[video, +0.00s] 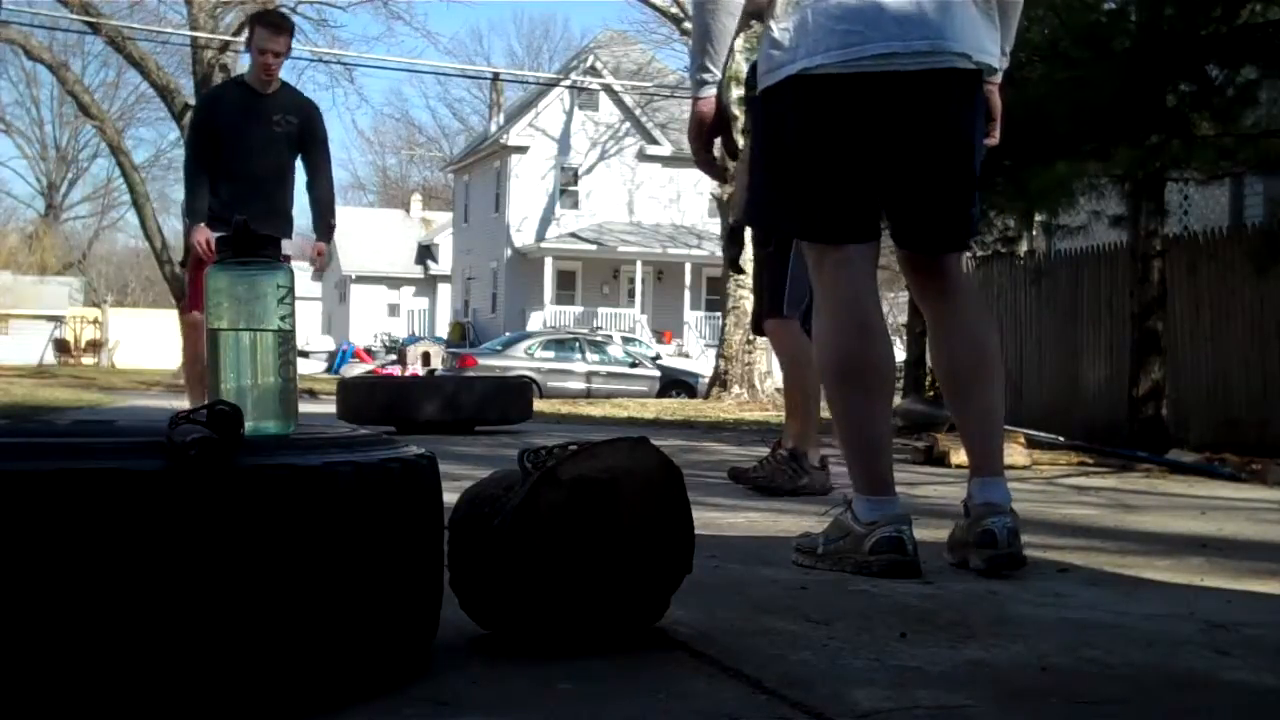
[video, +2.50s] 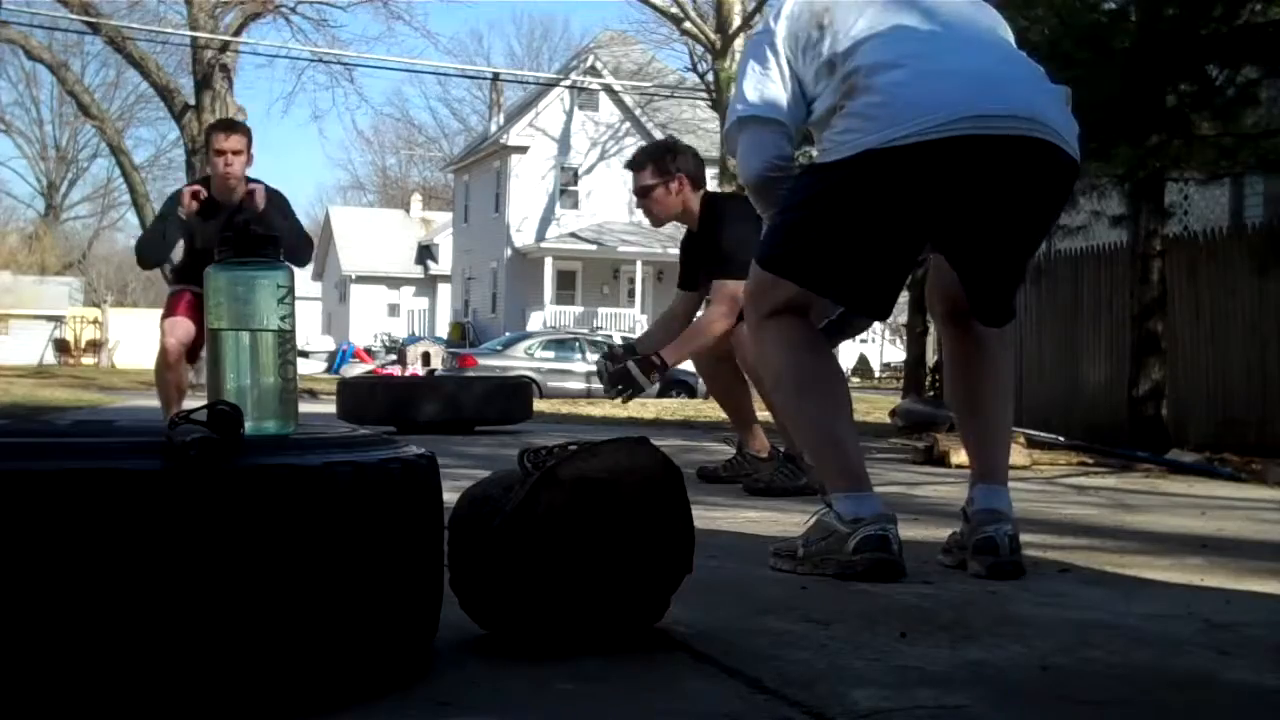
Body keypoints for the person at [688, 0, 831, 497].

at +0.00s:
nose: (744, 9)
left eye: (746, 6)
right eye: (744, 8)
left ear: (762, 3)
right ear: (767, 6)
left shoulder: (781, 45)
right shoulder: (760, 43)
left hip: (787, 199)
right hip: (774, 200)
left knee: (781, 317)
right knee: (784, 320)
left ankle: (803, 456)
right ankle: (796, 451)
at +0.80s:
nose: (685, 58)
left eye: (691, 46)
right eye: (681, 48)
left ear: (725, 35)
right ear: (718, 40)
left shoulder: (767, 82)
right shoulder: (730, 95)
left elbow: (751, 175)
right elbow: (718, 178)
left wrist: (677, 196)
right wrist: (672, 196)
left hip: (824, 221)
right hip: (790, 224)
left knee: (783, 329)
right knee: (746, 329)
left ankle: (807, 460)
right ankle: (761, 450)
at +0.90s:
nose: (675, 99)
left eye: (678, 87)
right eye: (669, 91)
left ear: (710, 68)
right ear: (703, 72)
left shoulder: (765, 102)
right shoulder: (715, 128)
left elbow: (735, 191)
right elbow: (697, 203)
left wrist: (662, 192)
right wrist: (654, 199)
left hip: (836, 231)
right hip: (797, 236)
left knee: (781, 328)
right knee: (739, 334)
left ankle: (806, 460)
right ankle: (760, 450)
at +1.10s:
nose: (664, 177)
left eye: (665, 164)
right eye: (657, 170)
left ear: (691, 140)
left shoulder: (750, 156)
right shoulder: (702, 188)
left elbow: (709, 232)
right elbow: (656, 250)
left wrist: (643, 212)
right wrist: (628, 221)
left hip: (844, 260)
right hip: (801, 267)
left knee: (772, 332)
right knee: (728, 337)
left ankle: (807, 462)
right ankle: (759, 452)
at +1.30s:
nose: (662, 238)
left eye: (658, 226)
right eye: (654, 231)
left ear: (676, 199)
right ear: (678, 197)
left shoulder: (741, 202)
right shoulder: (701, 221)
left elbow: (712, 281)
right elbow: (659, 296)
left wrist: (648, 256)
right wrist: (627, 269)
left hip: (842, 284)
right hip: (799, 289)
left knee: (765, 336)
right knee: (720, 339)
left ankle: (807, 460)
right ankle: (758, 451)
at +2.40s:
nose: (645, 264)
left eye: (647, 251)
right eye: (639, 255)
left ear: (676, 232)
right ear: (672, 235)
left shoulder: (730, 248)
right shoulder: (694, 263)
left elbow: (713, 333)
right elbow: (667, 333)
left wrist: (638, 321)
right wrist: (633, 318)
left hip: (851, 313)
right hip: (811, 312)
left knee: (770, 340)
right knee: (708, 342)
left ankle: (804, 458)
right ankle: (756, 448)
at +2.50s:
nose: (638, 203)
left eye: (644, 193)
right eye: (636, 195)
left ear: (678, 185)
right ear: (676, 187)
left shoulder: (732, 217)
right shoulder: (694, 239)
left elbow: (723, 314)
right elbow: (680, 312)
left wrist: (657, 364)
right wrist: (633, 352)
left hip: (831, 305)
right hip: (782, 313)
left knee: (749, 340)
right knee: (706, 344)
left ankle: (801, 458)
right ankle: (756, 451)